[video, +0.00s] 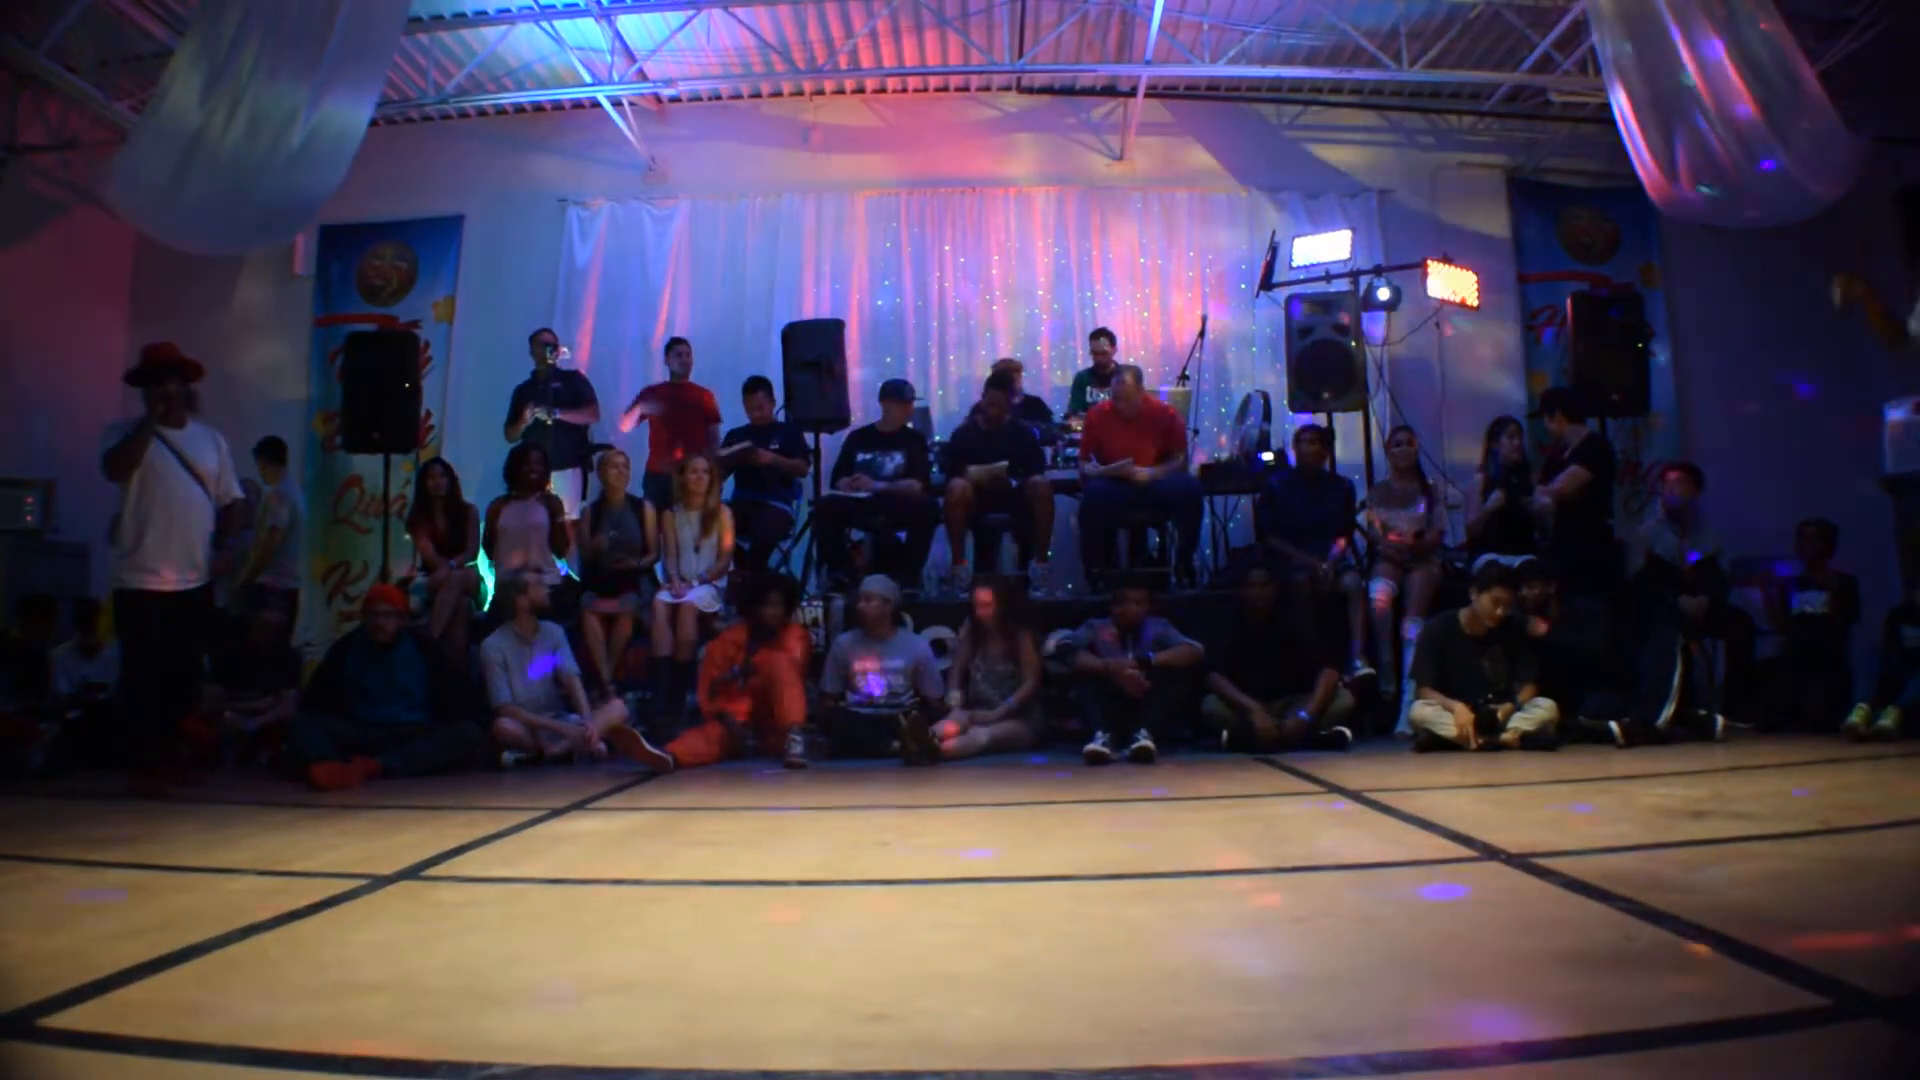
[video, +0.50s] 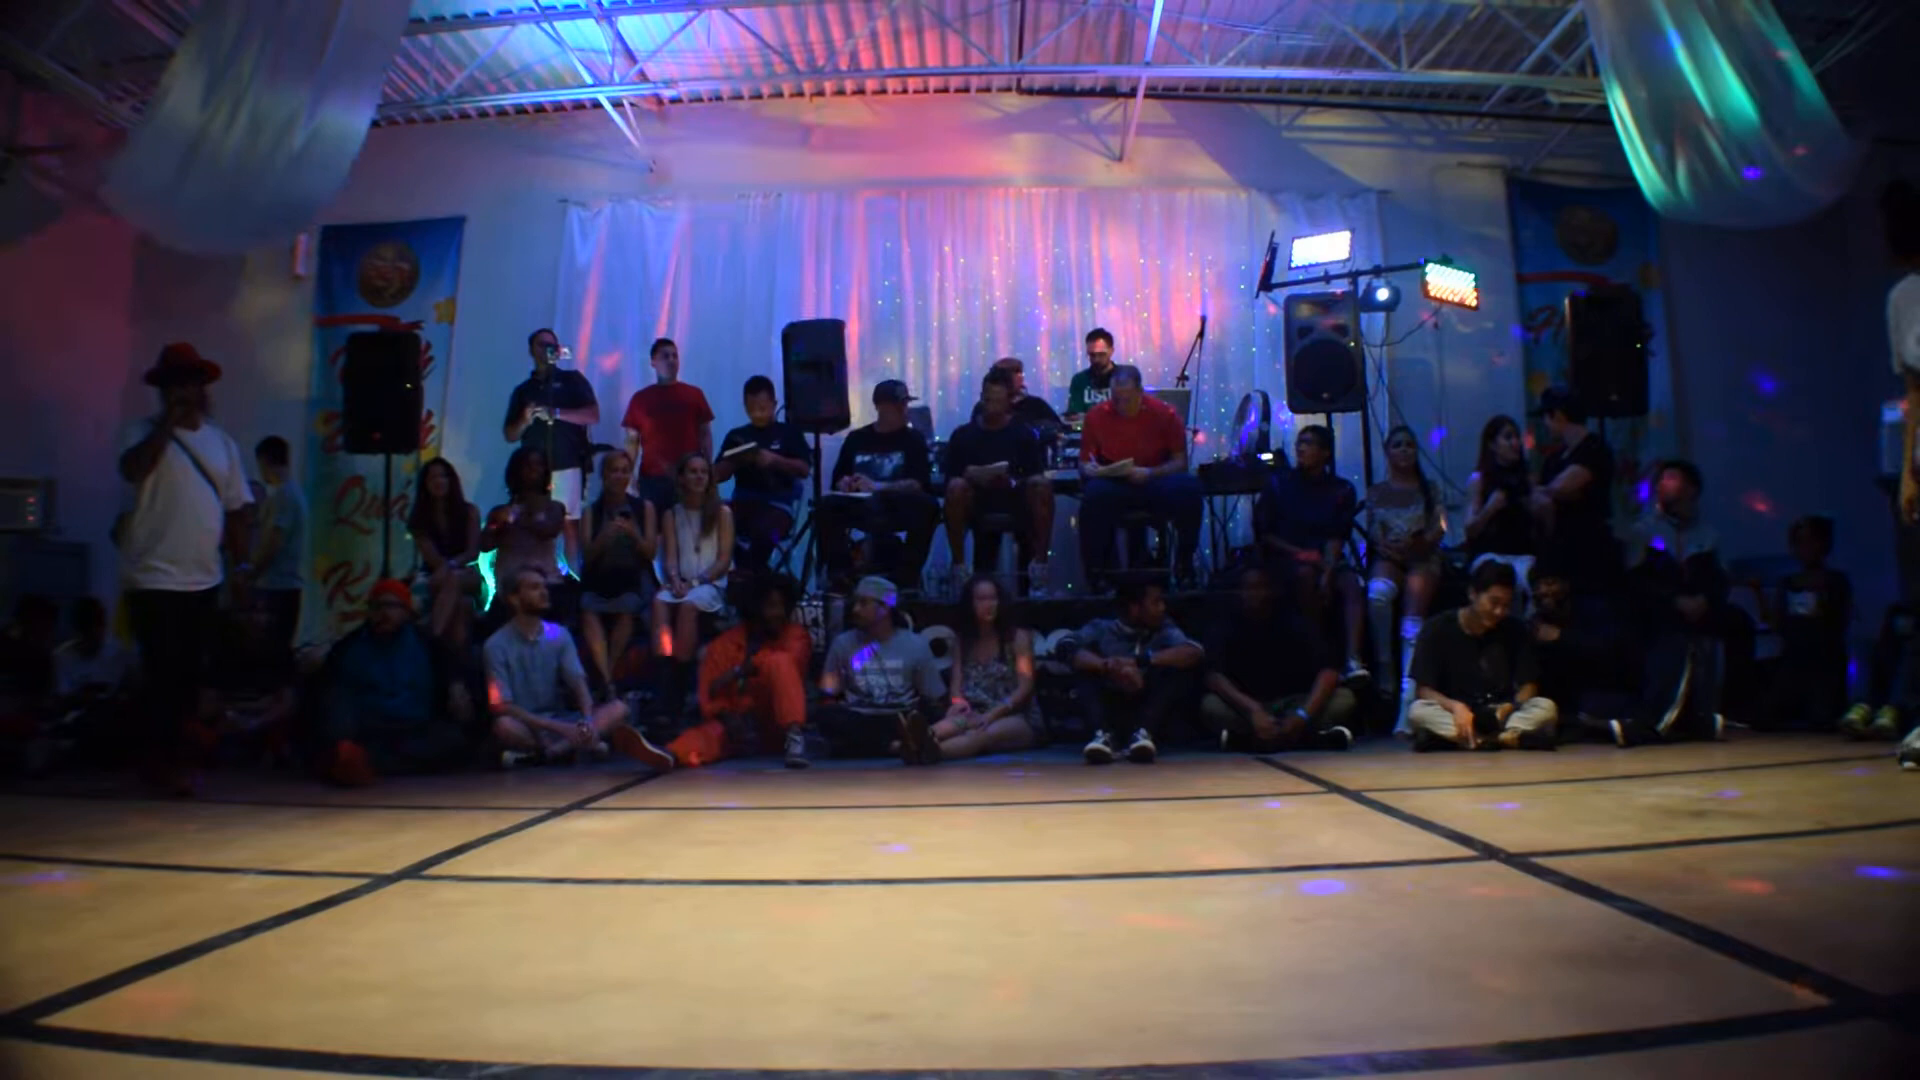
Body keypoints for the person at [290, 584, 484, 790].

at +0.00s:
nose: (381, 623)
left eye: (388, 616)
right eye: (375, 615)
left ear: (401, 619)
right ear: (364, 617)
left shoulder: (420, 648)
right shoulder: (347, 648)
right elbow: (317, 696)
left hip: (413, 729)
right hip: (356, 728)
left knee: (466, 735)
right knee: (305, 724)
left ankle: (379, 766)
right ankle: (328, 766)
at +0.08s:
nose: (381, 621)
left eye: (389, 614)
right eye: (375, 613)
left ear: (402, 617)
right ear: (365, 616)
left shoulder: (421, 646)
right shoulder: (349, 646)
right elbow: (319, 692)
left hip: (415, 728)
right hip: (358, 726)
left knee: (465, 734)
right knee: (312, 718)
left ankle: (376, 766)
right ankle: (327, 763)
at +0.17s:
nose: (383, 619)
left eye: (391, 612)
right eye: (377, 612)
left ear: (404, 616)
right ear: (366, 614)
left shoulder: (421, 645)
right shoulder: (351, 645)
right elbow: (321, 688)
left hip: (414, 725)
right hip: (360, 723)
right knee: (317, 714)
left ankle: (373, 766)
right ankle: (326, 763)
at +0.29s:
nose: (388, 614)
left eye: (396, 607)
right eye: (382, 607)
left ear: (409, 612)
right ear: (371, 611)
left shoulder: (426, 644)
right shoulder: (355, 643)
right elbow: (326, 685)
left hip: (415, 723)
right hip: (360, 722)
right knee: (320, 705)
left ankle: (372, 766)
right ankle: (335, 761)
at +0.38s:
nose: (389, 614)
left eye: (397, 607)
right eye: (382, 606)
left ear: (409, 612)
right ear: (371, 611)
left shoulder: (427, 645)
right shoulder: (355, 643)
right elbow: (327, 684)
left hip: (417, 722)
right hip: (363, 720)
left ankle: (377, 765)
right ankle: (339, 760)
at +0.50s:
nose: (384, 614)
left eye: (392, 606)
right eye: (378, 606)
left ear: (406, 611)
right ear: (369, 610)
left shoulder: (424, 645)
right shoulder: (351, 646)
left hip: (416, 722)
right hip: (365, 723)